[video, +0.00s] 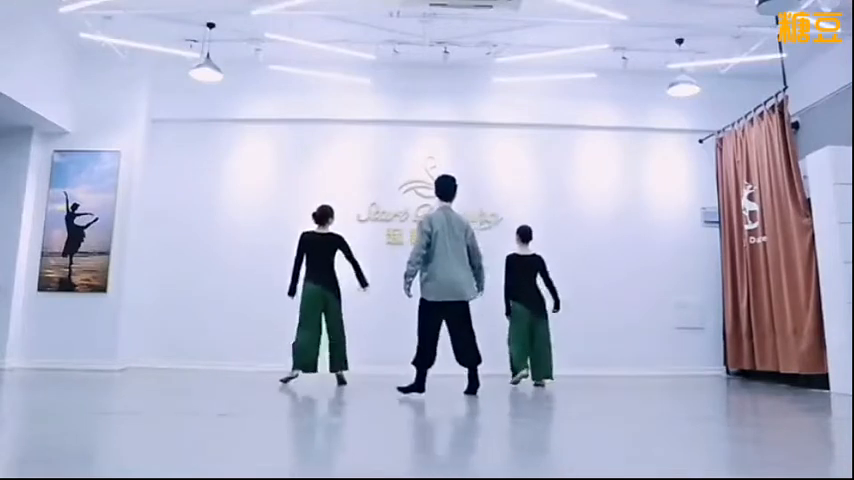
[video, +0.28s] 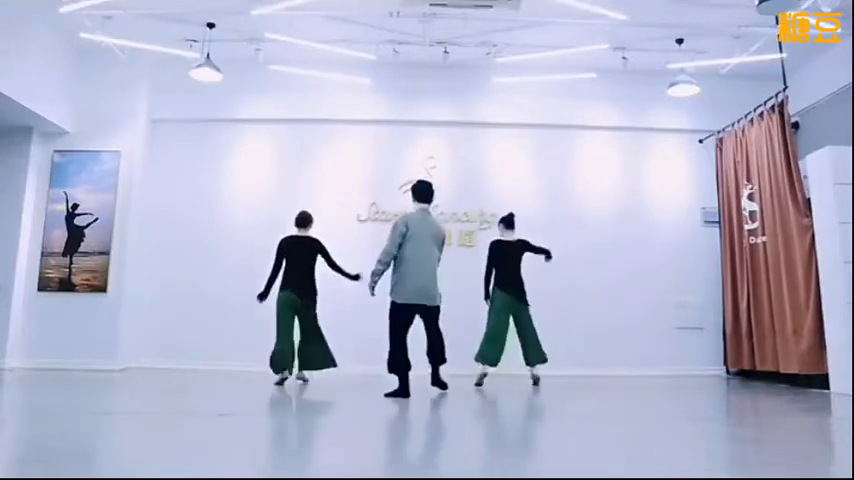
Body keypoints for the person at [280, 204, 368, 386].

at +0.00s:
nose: (332, 221)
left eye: (330, 218)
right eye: (332, 218)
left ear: (315, 218)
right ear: (330, 220)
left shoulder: (306, 237)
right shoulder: (336, 239)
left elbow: (298, 263)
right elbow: (351, 260)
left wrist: (292, 286)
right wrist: (362, 280)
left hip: (310, 288)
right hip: (331, 288)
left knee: (306, 327)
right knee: (335, 328)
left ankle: (297, 366)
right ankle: (339, 369)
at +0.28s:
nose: (308, 227)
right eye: (310, 224)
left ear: (295, 223)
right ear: (311, 225)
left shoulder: (285, 242)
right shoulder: (315, 243)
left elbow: (276, 269)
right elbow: (332, 265)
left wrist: (265, 291)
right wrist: (351, 277)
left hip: (287, 292)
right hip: (307, 294)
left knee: (284, 331)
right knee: (306, 332)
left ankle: (284, 370)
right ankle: (301, 370)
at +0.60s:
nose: (285, 245)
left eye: (281, 242)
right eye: (287, 242)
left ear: (277, 241)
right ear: (293, 241)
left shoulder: (271, 257)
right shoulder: (301, 258)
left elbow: (266, 286)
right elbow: (297, 284)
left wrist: (260, 309)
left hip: (273, 303)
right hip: (294, 306)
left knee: (271, 340)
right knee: (281, 344)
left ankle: (279, 370)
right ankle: (265, 372)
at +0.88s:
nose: (279, 241)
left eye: (275, 238)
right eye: (283, 237)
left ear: (272, 237)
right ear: (288, 237)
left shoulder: (265, 252)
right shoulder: (294, 250)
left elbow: (261, 281)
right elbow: (293, 280)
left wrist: (256, 305)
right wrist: (296, 306)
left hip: (269, 300)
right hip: (290, 302)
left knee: (270, 338)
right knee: (279, 341)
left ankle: (279, 368)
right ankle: (264, 376)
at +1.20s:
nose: (277, 231)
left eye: (272, 228)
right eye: (280, 228)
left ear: (269, 228)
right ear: (285, 229)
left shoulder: (261, 245)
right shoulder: (290, 244)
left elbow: (257, 275)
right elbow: (288, 239)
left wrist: (253, 299)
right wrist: (282, 234)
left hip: (265, 294)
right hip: (285, 294)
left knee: (268, 333)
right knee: (283, 333)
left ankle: (278, 366)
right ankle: (268, 372)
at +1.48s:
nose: (275, 229)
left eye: (271, 225)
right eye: (279, 225)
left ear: (268, 226)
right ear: (284, 226)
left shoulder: (260, 244)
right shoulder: (289, 243)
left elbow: (254, 273)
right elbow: (290, 236)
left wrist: (250, 296)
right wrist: (281, 233)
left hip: (263, 292)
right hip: (282, 292)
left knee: (265, 330)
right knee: (280, 330)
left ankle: (276, 366)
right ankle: (265, 372)